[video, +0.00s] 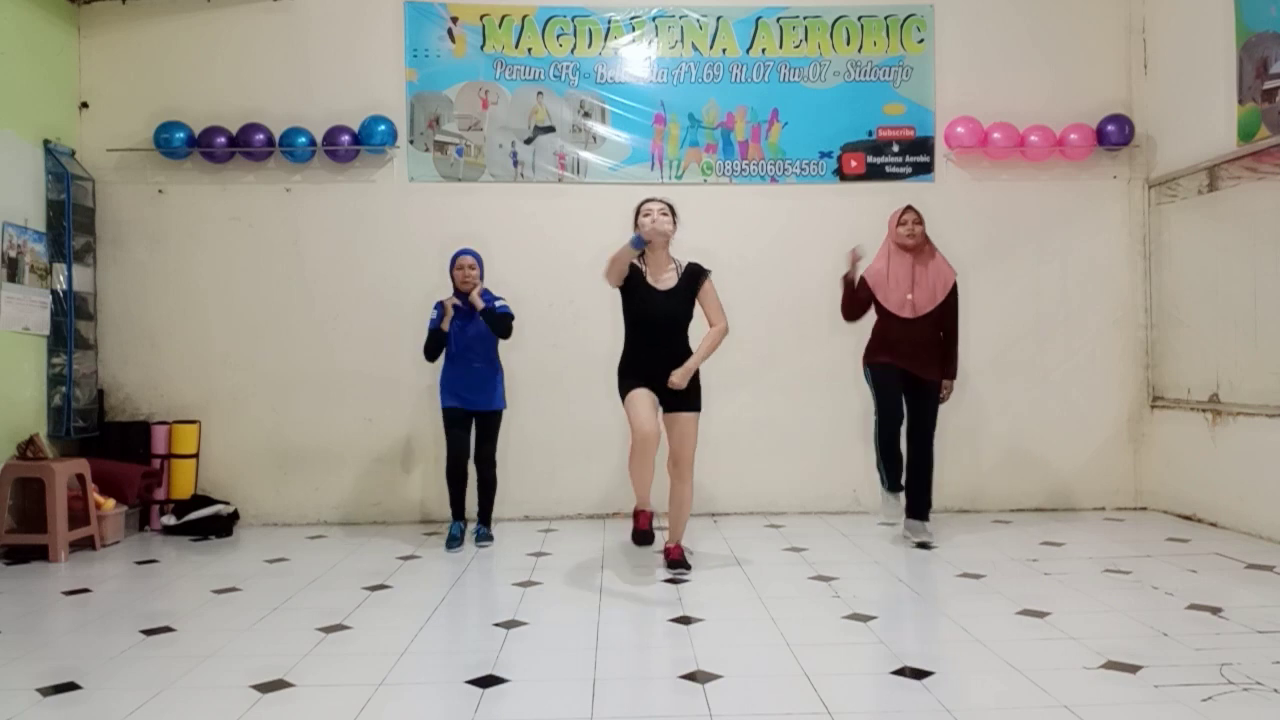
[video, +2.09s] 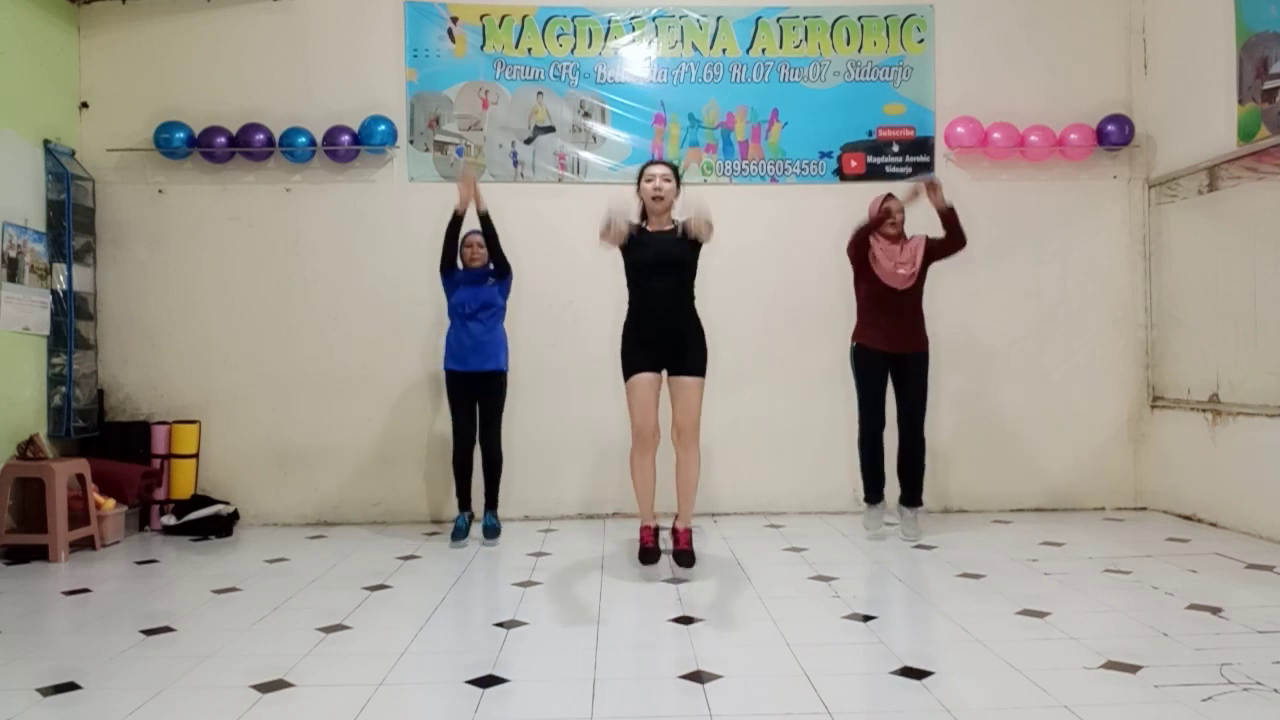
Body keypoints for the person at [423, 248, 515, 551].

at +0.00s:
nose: (466, 272)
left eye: (472, 267)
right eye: (460, 268)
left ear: (481, 273)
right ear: (452, 274)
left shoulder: (493, 302)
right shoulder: (443, 308)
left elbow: (505, 331)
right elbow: (431, 354)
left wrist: (478, 303)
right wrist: (445, 318)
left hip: (489, 394)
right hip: (455, 394)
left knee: (484, 459)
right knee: (457, 458)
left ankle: (484, 524)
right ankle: (457, 522)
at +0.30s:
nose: (467, 269)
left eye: (472, 265)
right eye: (461, 266)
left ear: (481, 272)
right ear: (452, 274)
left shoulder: (494, 306)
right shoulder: (445, 302)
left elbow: (518, 353)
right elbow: (432, 304)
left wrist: (493, 357)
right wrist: (444, 284)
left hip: (485, 393)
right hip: (451, 392)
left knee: (484, 457)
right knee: (458, 459)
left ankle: (484, 522)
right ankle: (462, 526)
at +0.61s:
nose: (469, 270)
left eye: (475, 266)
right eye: (463, 266)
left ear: (484, 274)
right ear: (454, 274)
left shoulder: (496, 305)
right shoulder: (449, 304)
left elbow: (533, 338)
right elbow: (435, 309)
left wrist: (506, 330)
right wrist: (440, 297)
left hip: (488, 394)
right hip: (454, 392)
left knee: (486, 461)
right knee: (458, 460)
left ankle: (486, 525)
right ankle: (460, 524)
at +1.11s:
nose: (471, 271)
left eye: (477, 268)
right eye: (466, 267)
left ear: (486, 274)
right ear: (458, 274)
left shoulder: (496, 302)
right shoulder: (448, 302)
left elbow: (498, 302)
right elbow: (438, 312)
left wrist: (471, 289)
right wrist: (447, 299)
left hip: (486, 391)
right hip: (453, 391)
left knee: (481, 455)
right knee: (457, 459)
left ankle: (486, 520)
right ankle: (460, 525)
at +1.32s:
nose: (467, 275)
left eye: (472, 270)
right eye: (463, 271)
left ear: (482, 275)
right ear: (459, 276)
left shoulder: (496, 302)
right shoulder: (453, 303)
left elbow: (501, 295)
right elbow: (441, 290)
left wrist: (484, 271)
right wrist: (441, 273)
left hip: (490, 392)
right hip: (456, 391)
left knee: (486, 459)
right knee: (456, 460)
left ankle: (485, 524)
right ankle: (459, 524)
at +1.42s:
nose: (469, 268)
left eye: (475, 265)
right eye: (465, 264)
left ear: (486, 271)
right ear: (458, 270)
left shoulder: (497, 295)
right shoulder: (451, 297)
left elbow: (494, 253)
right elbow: (439, 256)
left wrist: (471, 211)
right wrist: (450, 215)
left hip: (493, 387)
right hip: (459, 387)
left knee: (488, 455)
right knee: (457, 451)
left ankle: (486, 522)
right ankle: (458, 504)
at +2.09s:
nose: (473, 249)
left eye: (479, 245)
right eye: (468, 246)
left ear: (489, 252)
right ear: (461, 252)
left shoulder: (499, 278)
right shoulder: (453, 279)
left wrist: (478, 203)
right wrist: (460, 207)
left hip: (493, 366)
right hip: (459, 367)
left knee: (490, 439)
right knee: (463, 439)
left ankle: (491, 511)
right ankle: (464, 511)